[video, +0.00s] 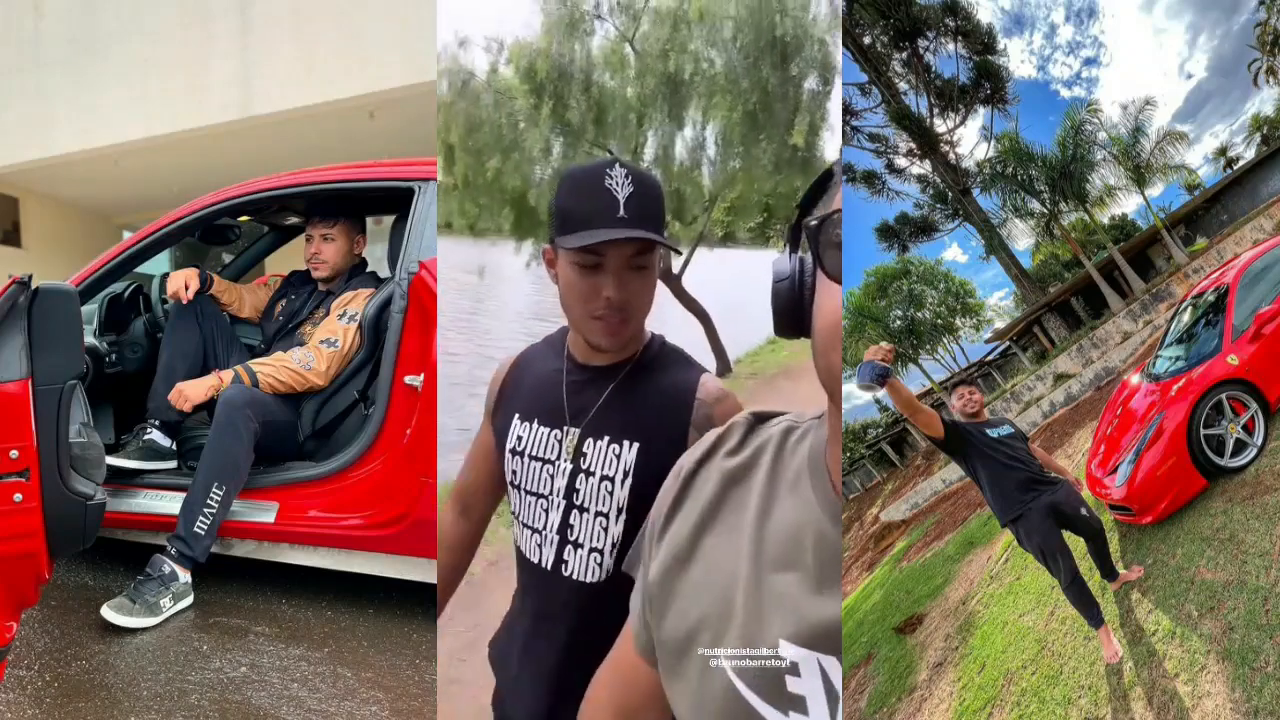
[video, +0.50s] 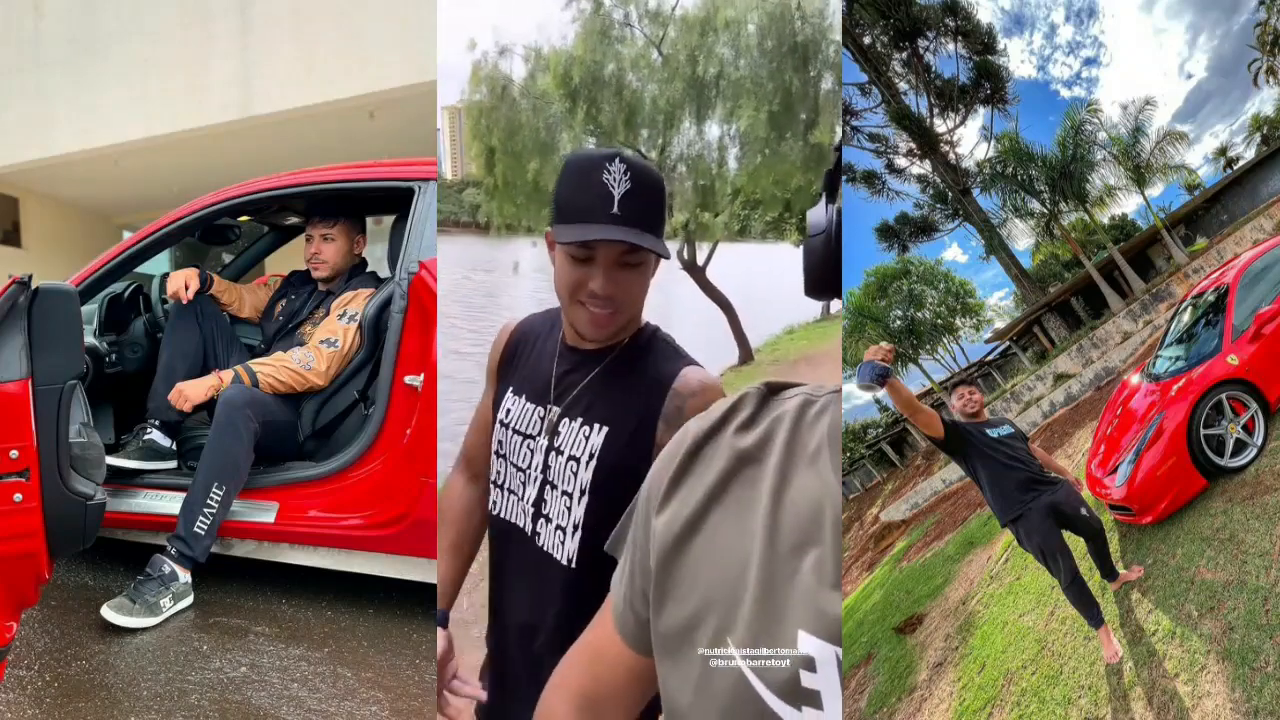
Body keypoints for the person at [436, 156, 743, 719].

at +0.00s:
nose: (613, 292)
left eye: (636, 267)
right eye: (591, 265)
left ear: (658, 270)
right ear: (552, 265)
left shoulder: (702, 408)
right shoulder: (521, 378)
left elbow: (725, 571)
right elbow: (463, 513)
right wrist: (406, 626)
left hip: (631, 691)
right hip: (525, 672)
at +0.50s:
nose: (600, 285)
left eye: (628, 262)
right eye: (582, 258)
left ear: (657, 262)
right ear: (551, 248)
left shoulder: (685, 397)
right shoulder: (520, 345)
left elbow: (682, 582)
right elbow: (471, 477)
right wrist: (437, 614)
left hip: (607, 701)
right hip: (505, 681)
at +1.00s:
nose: (580, 292)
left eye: (605, 265)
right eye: (558, 265)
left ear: (632, 263)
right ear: (528, 260)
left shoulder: (669, 389)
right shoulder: (499, 348)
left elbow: (674, 560)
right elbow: (459, 469)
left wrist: (645, 703)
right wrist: (400, 569)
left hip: (591, 684)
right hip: (486, 660)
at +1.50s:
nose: (635, 292)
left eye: (658, 265)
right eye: (611, 264)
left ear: (676, 267)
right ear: (572, 264)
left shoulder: (718, 401)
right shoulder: (522, 366)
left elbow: (723, 583)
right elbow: (468, 499)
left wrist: (593, 678)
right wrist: (480, 605)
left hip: (659, 698)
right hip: (536, 683)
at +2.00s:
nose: (585, 289)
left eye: (608, 264)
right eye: (564, 266)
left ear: (640, 257)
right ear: (539, 264)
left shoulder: (682, 386)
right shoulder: (515, 342)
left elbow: (677, 561)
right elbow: (462, 454)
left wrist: (615, 706)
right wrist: (444, 512)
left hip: (604, 690)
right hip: (500, 670)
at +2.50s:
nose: (431, 336)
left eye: (448, 313)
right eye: (417, 314)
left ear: (474, 310)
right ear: (393, 319)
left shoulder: (532, 424)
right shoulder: (377, 415)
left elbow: (581, 607)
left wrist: (607, 707)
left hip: (481, 699)